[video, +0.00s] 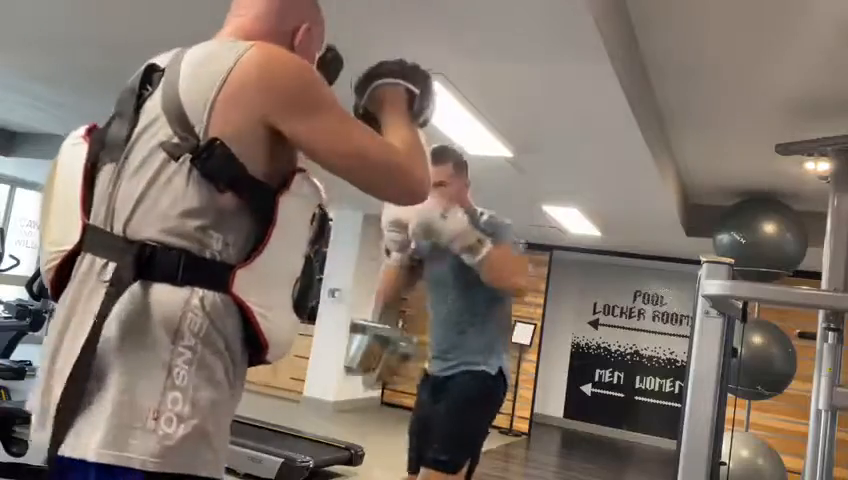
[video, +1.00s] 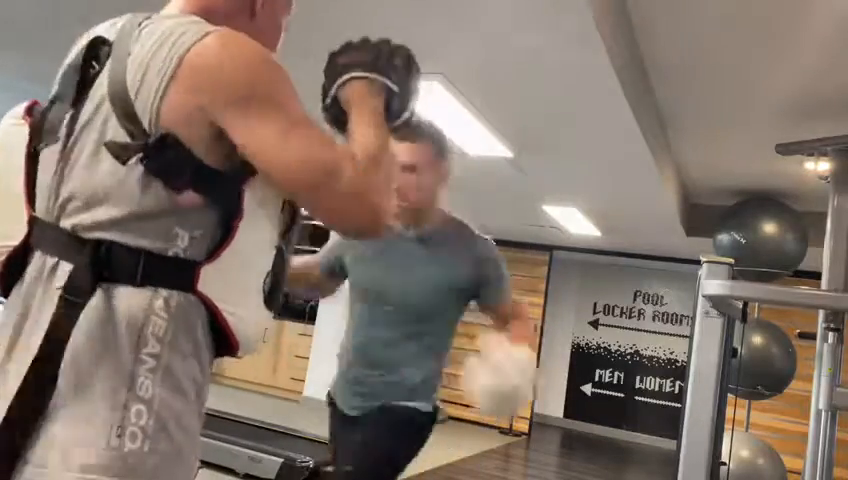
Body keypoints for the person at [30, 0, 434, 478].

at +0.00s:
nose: (315, 62)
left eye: (320, 52)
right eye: (318, 49)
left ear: (236, 18)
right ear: (303, 36)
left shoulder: (160, 70)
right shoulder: (272, 71)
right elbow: (410, 181)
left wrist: (301, 96)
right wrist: (392, 97)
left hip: (85, 306)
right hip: (170, 330)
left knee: (77, 460)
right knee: (145, 465)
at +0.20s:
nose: (315, 69)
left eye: (320, 62)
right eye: (317, 57)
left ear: (237, 16)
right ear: (300, 37)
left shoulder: (162, 68)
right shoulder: (267, 71)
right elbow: (396, 196)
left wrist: (306, 102)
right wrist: (388, 108)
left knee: (72, 461)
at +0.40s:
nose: (313, 79)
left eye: (316, 68)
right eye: (316, 64)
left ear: (234, 28)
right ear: (299, 47)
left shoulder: (161, 80)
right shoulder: (269, 86)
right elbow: (371, 226)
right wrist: (372, 132)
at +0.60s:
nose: (307, 77)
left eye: (313, 63)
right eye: (311, 59)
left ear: (223, 23)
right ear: (291, 42)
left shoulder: (143, 73)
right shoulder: (266, 100)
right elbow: (367, 252)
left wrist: (295, 111)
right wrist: (398, 172)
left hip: (57, 330)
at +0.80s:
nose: (301, 49)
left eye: (309, 34)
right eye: (309, 30)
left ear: (215, 2)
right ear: (287, 12)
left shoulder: (127, 47)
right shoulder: (237, 68)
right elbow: (353, 242)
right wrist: (372, 125)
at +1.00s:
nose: (284, 29)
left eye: (286, 15)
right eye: (285, 13)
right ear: (260, 3)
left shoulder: (102, 43)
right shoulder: (226, 61)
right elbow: (364, 207)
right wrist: (366, 90)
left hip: (32, 313)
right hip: (127, 344)